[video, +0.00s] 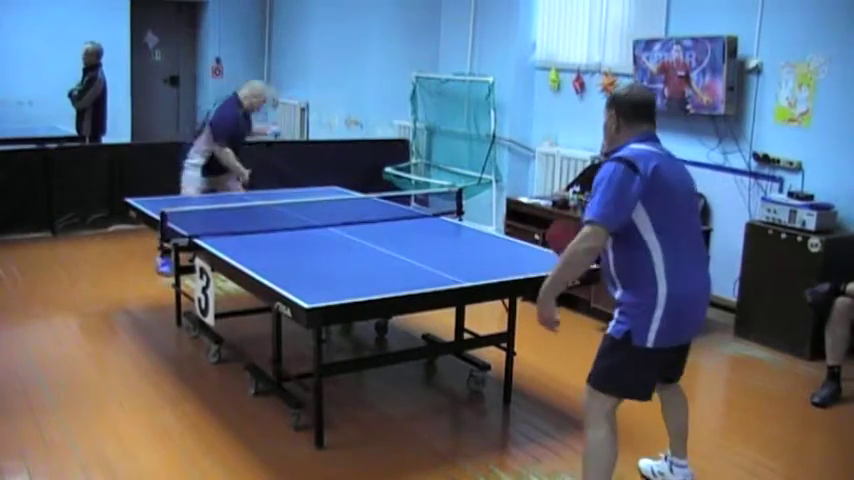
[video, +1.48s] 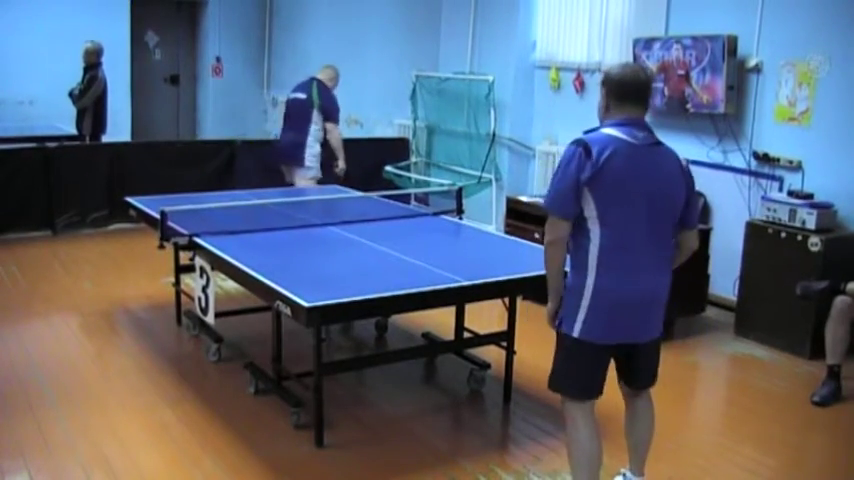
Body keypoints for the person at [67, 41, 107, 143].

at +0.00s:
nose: (84, 57)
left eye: (88, 54)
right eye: (84, 54)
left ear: (96, 57)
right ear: (83, 55)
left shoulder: (96, 77)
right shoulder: (87, 74)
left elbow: (81, 103)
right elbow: (77, 89)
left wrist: (73, 92)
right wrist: (76, 93)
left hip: (92, 129)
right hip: (84, 128)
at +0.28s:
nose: (85, 57)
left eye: (89, 53)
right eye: (85, 53)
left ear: (97, 56)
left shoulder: (96, 76)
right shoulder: (88, 73)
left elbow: (81, 102)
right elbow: (78, 88)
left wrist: (74, 92)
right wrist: (77, 93)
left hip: (92, 128)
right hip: (85, 126)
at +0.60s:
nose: (86, 57)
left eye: (90, 54)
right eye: (85, 53)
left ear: (98, 56)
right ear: (84, 54)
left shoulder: (97, 76)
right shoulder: (88, 73)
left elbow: (83, 102)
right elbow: (78, 89)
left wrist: (74, 92)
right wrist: (77, 93)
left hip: (93, 128)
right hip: (85, 126)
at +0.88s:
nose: (86, 57)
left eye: (90, 54)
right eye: (86, 53)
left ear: (98, 56)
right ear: (84, 55)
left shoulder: (97, 76)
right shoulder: (88, 74)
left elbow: (82, 102)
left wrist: (75, 92)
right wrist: (77, 94)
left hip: (93, 127)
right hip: (86, 126)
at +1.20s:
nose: (85, 57)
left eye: (89, 53)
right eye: (85, 53)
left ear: (97, 56)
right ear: (84, 54)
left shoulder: (96, 76)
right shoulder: (88, 73)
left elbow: (82, 102)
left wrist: (74, 92)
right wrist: (77, 93)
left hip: (93, 127)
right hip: (85, 126)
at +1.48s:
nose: (85, 57)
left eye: (88, 53)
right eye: (85, 53)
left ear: (96, 56)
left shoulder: (96, 76)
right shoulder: (88, 73)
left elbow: (82, 102)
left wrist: (74, 92)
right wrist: (76, 93)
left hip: (92, 127)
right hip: (85, 126)